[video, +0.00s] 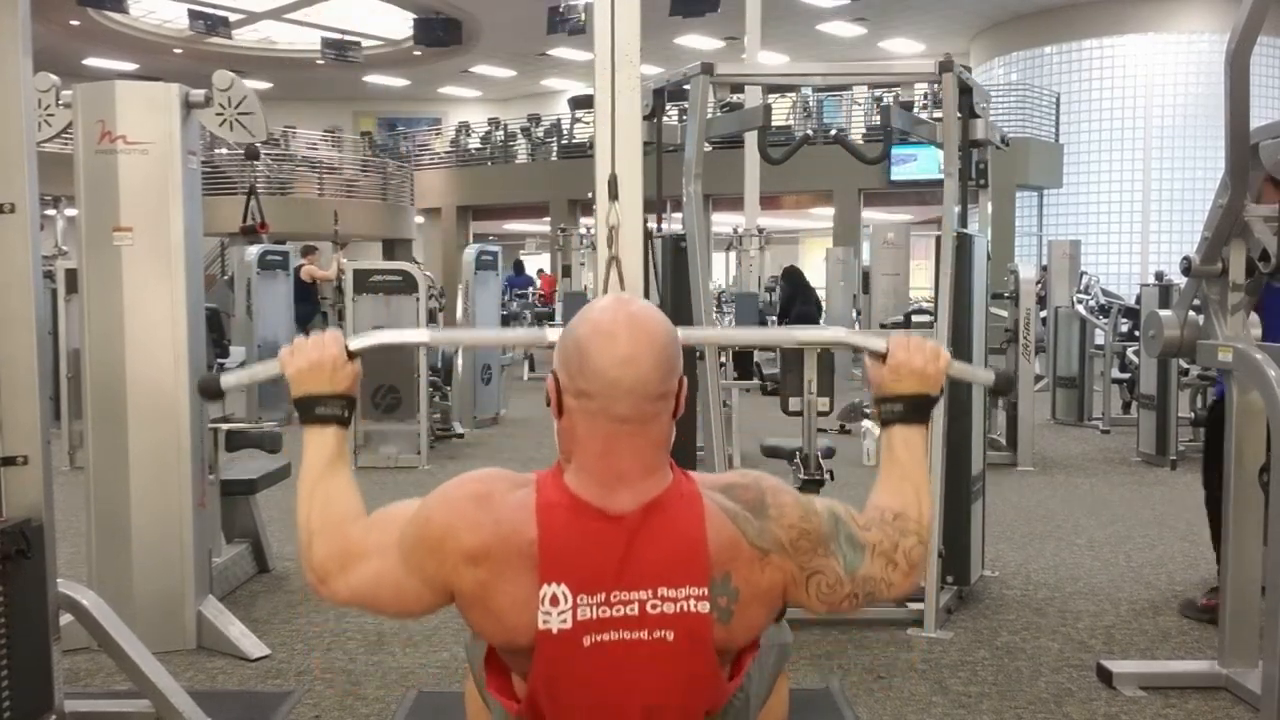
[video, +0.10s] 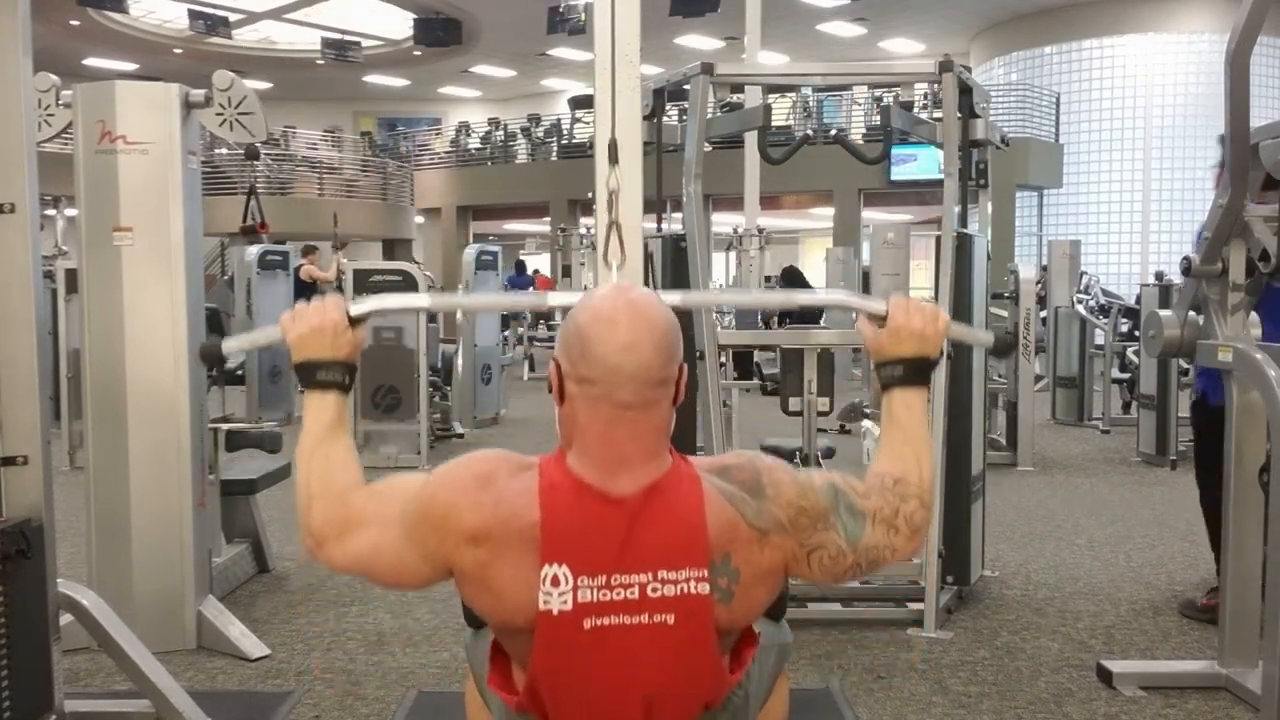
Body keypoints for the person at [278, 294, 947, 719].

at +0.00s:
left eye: (557, 369)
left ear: (555, 395)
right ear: (679, 397)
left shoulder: (479, 519)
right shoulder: (753, 519)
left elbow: (335, 565)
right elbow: (896, 561)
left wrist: (321, 412)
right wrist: (907, 413)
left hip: (532, 712)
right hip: (698, 710)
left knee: (484, 650)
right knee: (799, 674)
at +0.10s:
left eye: (559, 362)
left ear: (557, 383)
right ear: (679, 384)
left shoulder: (479, 502)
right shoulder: (754, 501)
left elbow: (333, 532)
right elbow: (897, 527)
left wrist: (323, 378)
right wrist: (909, 375)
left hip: (534, 707)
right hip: (707, 706)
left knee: (484, 628)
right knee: (772, 638)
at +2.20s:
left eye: (565, 363)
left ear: (565, 385)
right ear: (688, 388)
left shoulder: (492, 498)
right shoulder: (758, 494)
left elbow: (338, 510)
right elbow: (901, 518)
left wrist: (326, 358)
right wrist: (911, 370)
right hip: (713, 696)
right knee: (769, 628)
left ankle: (484, 706)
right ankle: (783, 709)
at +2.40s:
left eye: (562, 385)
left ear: (564, 409)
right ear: (688, 413)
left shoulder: (486, 531)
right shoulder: (762, 530)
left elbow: (342, 598)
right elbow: (883, 609)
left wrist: (324, 447)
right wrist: (905, 460)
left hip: (531, 705)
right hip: (700, 706)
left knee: (487, 665)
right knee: (769, 638)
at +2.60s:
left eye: (562, 395)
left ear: (562, 426)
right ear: (690, 429)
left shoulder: (483, 552)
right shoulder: (767, 552)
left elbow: (352, 647)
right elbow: (875, 655)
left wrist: (325, 496)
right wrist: (906, 504)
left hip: (532, 710)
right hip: (705, 712)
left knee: (486, 665)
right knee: (770, 655)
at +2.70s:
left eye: (562, 400)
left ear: (561, 430)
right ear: (690, 431)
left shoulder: (481, 556)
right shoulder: (766, 558)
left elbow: (353, 652)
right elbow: (876, 657)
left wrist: (325, 500)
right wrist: (906, 506)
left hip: (530, 711)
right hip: (705, 715)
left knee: (483, 668)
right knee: (770, 652)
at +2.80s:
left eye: (560, 398)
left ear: (559, 430)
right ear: (688, 428)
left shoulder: (480, 553)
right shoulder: (764, 554)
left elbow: (350, 647)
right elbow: (875, 653)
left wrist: (325, 492)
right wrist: (907, 501)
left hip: (528, 711)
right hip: (703, 714)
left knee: (487, 666)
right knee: (770, 654)